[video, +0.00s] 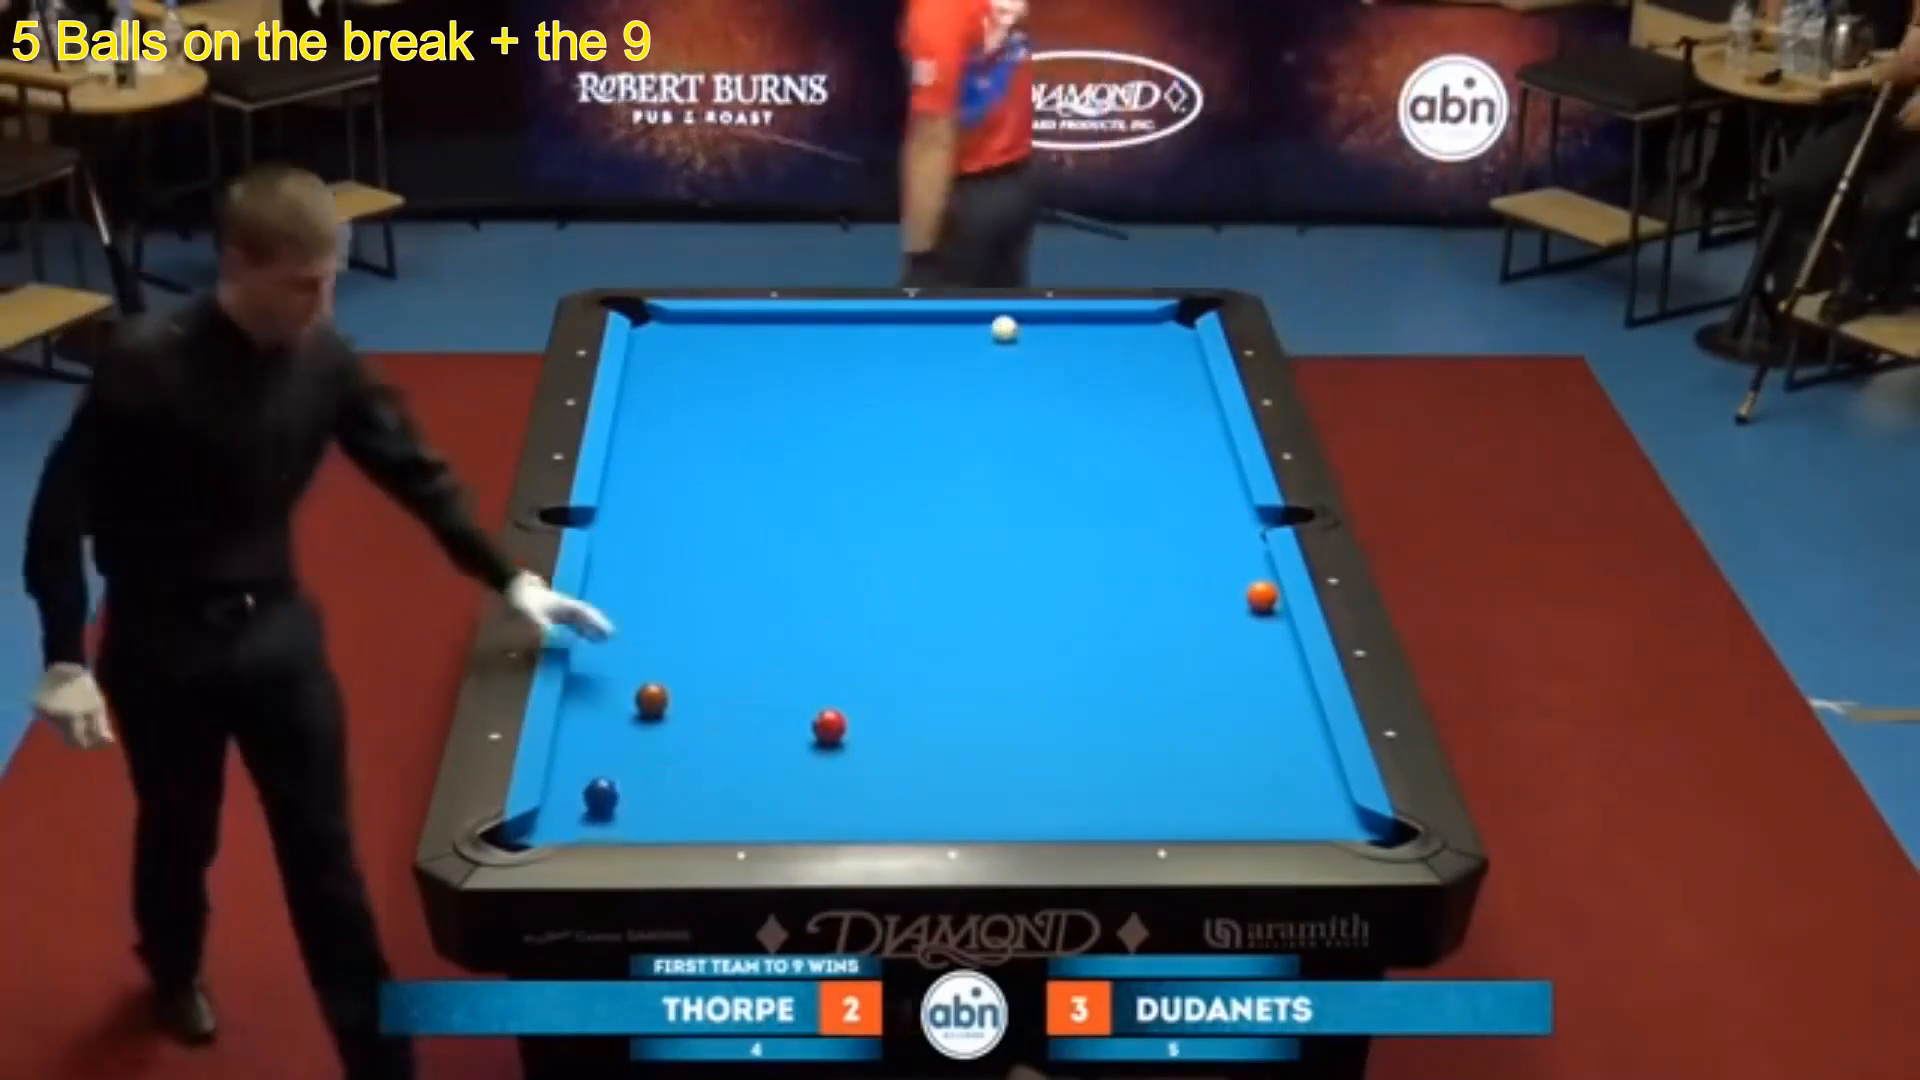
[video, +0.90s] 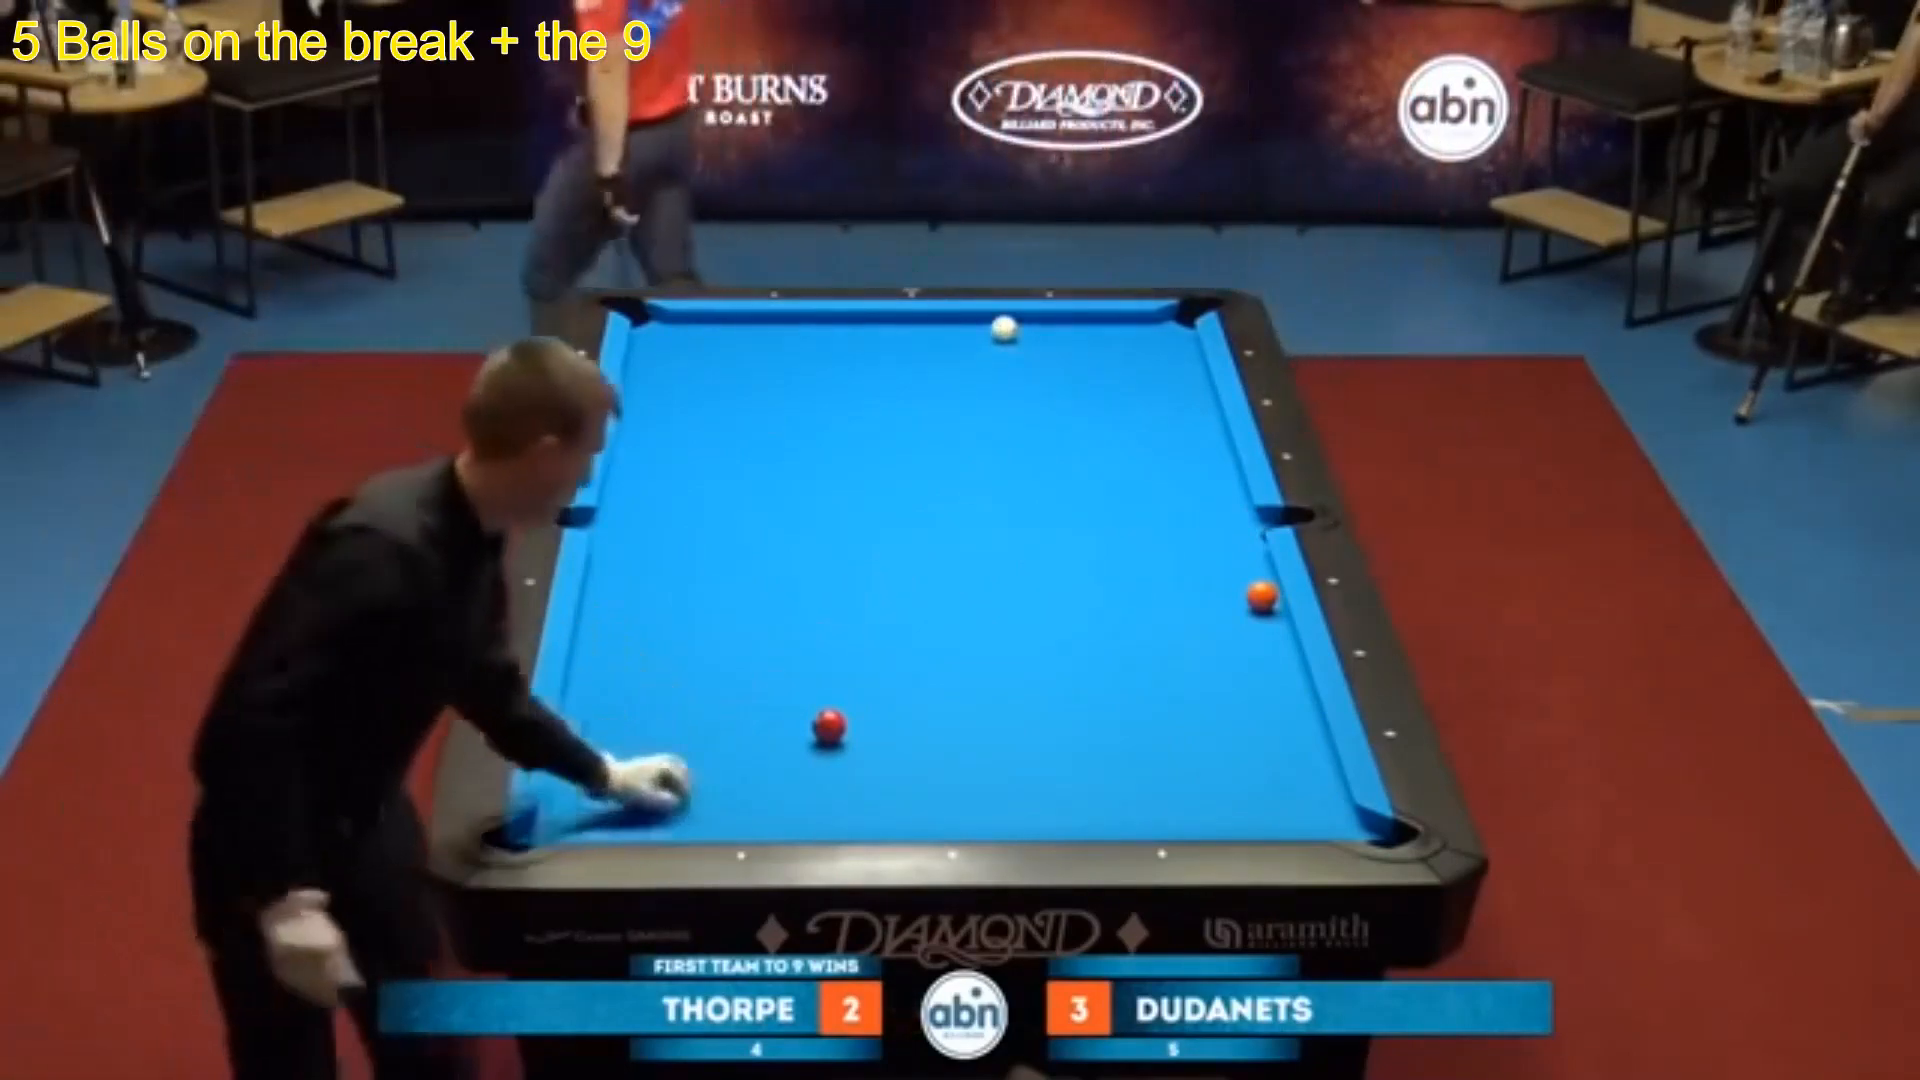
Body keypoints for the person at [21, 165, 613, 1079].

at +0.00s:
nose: (322, 304)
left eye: (328, 282)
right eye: (303, 285)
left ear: (331, 266)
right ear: (238, 270)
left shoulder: (324, 362)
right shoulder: (144, 366)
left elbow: (414, 471)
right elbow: (57, 512)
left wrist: (510, 578)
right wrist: (64, 658)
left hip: (272, 626)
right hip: (159, 640)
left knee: (325, 861)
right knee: (177, 836)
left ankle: (378, 1058)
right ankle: (176, 979)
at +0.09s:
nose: (376, 333)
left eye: (385, 314)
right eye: (363, 313)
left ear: (389, 300)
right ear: (301, 287)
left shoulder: (367, 389)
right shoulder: (184, 375)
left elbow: (460, 503)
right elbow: (86, 511)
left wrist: (568, 615)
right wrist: (79, 664)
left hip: (289, 640)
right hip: (174, 653)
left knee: (344, 881)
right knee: (203, 872)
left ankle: (383, 1061)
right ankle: (179, 970)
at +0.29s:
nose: (472, 381)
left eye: (481, 362)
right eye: (464, 360)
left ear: (418, 329)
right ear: (403, 325)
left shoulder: (436, 428)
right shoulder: (250, 398)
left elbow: (501, 558)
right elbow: (121, 515)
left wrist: (591, 678)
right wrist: (86, 660)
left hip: (327, 673)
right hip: (208, 683)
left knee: (371, 928)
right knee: (242, 941)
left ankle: (391, 1073)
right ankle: (231, 1079)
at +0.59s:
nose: (529, 460)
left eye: (539, 442)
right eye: (532, 439)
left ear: (483, 416)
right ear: (486, 416)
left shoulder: (455, 512)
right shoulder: (309, 497)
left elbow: (444, 669)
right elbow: (159, 635)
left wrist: (542, 750)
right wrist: (115, 785)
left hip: (353, 777)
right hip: (241, 791)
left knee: (379, 1021)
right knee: (273, 1037)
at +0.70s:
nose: (553, 467)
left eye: (560, 448)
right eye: (553, 447)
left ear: (497, 436)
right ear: (504, 438)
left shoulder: (456, 531)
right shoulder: (325, 522)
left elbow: (441, 687)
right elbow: (166, 675)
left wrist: (548, 766)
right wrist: (143, 836)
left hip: (347, 804)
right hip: (236, 820)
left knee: (378, 1038)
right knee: (280, 1053)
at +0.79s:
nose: (573, 475)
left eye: (579, 455)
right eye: (573, 454)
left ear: (517, 444)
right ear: (528, 449)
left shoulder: (464, 533)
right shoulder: (349, 538)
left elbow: (466, 696)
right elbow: (212, 718)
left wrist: (574, 778)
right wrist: (221, 889)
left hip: (360, 823)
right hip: (268, 844)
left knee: (392, 1050)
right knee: (290, 1061)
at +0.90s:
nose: (589, 470)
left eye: (593, 453)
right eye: (588, 452)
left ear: (530, 446)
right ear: (547, 451)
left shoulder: (474, 540)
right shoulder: (377, 546)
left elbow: (489, 695)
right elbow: (258, 726)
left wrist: (604, 775)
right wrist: (286, 898)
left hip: (362, 812)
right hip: (265, 838)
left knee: (427, 1045)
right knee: (290, 1065)